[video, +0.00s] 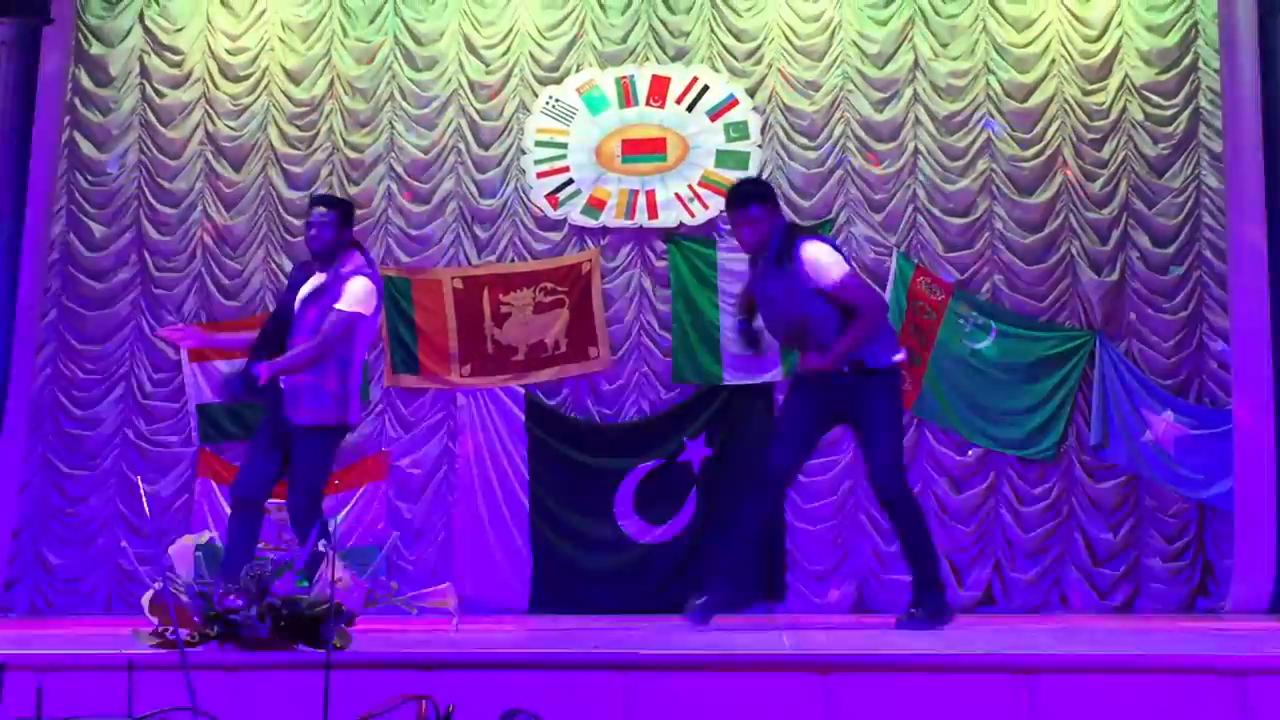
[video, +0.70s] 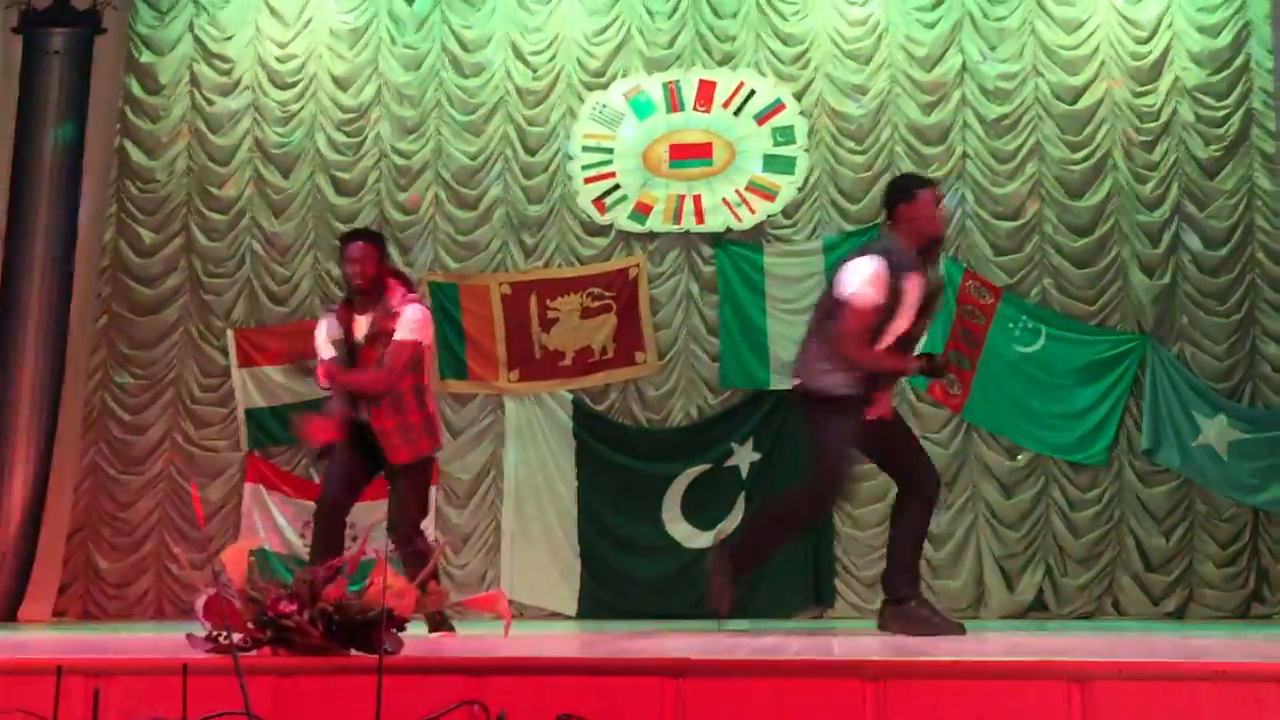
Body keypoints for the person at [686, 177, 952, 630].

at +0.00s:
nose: (743, 234)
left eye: (750, 222)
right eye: (736, 225)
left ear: (774, 216)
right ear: (733, 226)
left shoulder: (812, 255)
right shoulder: (761, 265)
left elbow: (875, 309)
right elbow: (756, 292)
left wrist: (830, 357)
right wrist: (746, 319)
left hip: (870, 378)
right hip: (814, 381)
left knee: (889, 484)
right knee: (771, 476)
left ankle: (931, 596)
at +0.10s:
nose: (775, 250)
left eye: (783, 239)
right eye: (768, 241)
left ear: (802, 236)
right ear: (761, 245)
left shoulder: (851, 272)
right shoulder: (758, 296)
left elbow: (882, 335)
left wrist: (843, 382)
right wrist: (745, 364)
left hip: (858, 394)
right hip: (801, 397)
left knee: (890, 496)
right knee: (760, 493)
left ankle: (930, 605)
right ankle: (707, 605)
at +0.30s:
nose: (803, 297)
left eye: (812, 286)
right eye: (794, 288)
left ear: (832, 279)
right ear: (784, 285)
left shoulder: (868, 306)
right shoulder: (771, 325)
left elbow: (903, 344)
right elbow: (760, 406)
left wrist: (863, 392)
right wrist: (823, 412)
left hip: (870, 398)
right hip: (811, 407)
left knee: (905, 496)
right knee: (787, 499)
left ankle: (959, 605)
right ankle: (734, 606)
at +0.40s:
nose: (799, 308)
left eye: (809, 297)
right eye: (791, 298)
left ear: (829, 290)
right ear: (781, 295)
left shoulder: (869, 314)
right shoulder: (766, 330)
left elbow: (909, 351)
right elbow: (727, 390)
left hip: (871, 399)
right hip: (807, 404)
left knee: (909, 492)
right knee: (759, 484)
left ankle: (964, 602)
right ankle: (740, 599)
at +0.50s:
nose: (820, 285)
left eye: (828, 274)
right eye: (811, 275)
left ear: (844, 272)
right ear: (798, 277)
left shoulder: (881, 301)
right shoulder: (781, 317)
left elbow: (884, 361)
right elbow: (748, 386)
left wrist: (851, 401)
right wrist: (722, 449)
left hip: (870, 395)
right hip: (804, 399)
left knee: (905, 482)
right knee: (758, 477)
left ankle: (962, 592)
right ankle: (742, 597)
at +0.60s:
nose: (882, 246)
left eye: (887, 236)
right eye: (872, 237)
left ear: (894, 238)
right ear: (847, 237)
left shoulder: (908, 282)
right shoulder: (813, 285)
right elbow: (782, 362)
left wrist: (876, 387)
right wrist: (828, 393)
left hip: (870, 394)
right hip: (808, 395)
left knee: (925, 465)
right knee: (761, 472)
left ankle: (919, 593)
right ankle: (738, 599)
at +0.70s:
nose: (942, 214)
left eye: (939, 205)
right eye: (933, 206)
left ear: (912, 214)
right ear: (905, 214)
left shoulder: (917, 270)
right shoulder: (869, 269)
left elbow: (892, 341)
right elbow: (853, 349)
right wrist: (918, 365)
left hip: (867, 399)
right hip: (829, 397)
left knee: (921, 483)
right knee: (823, 490)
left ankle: (902, 603)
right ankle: (730, 560)